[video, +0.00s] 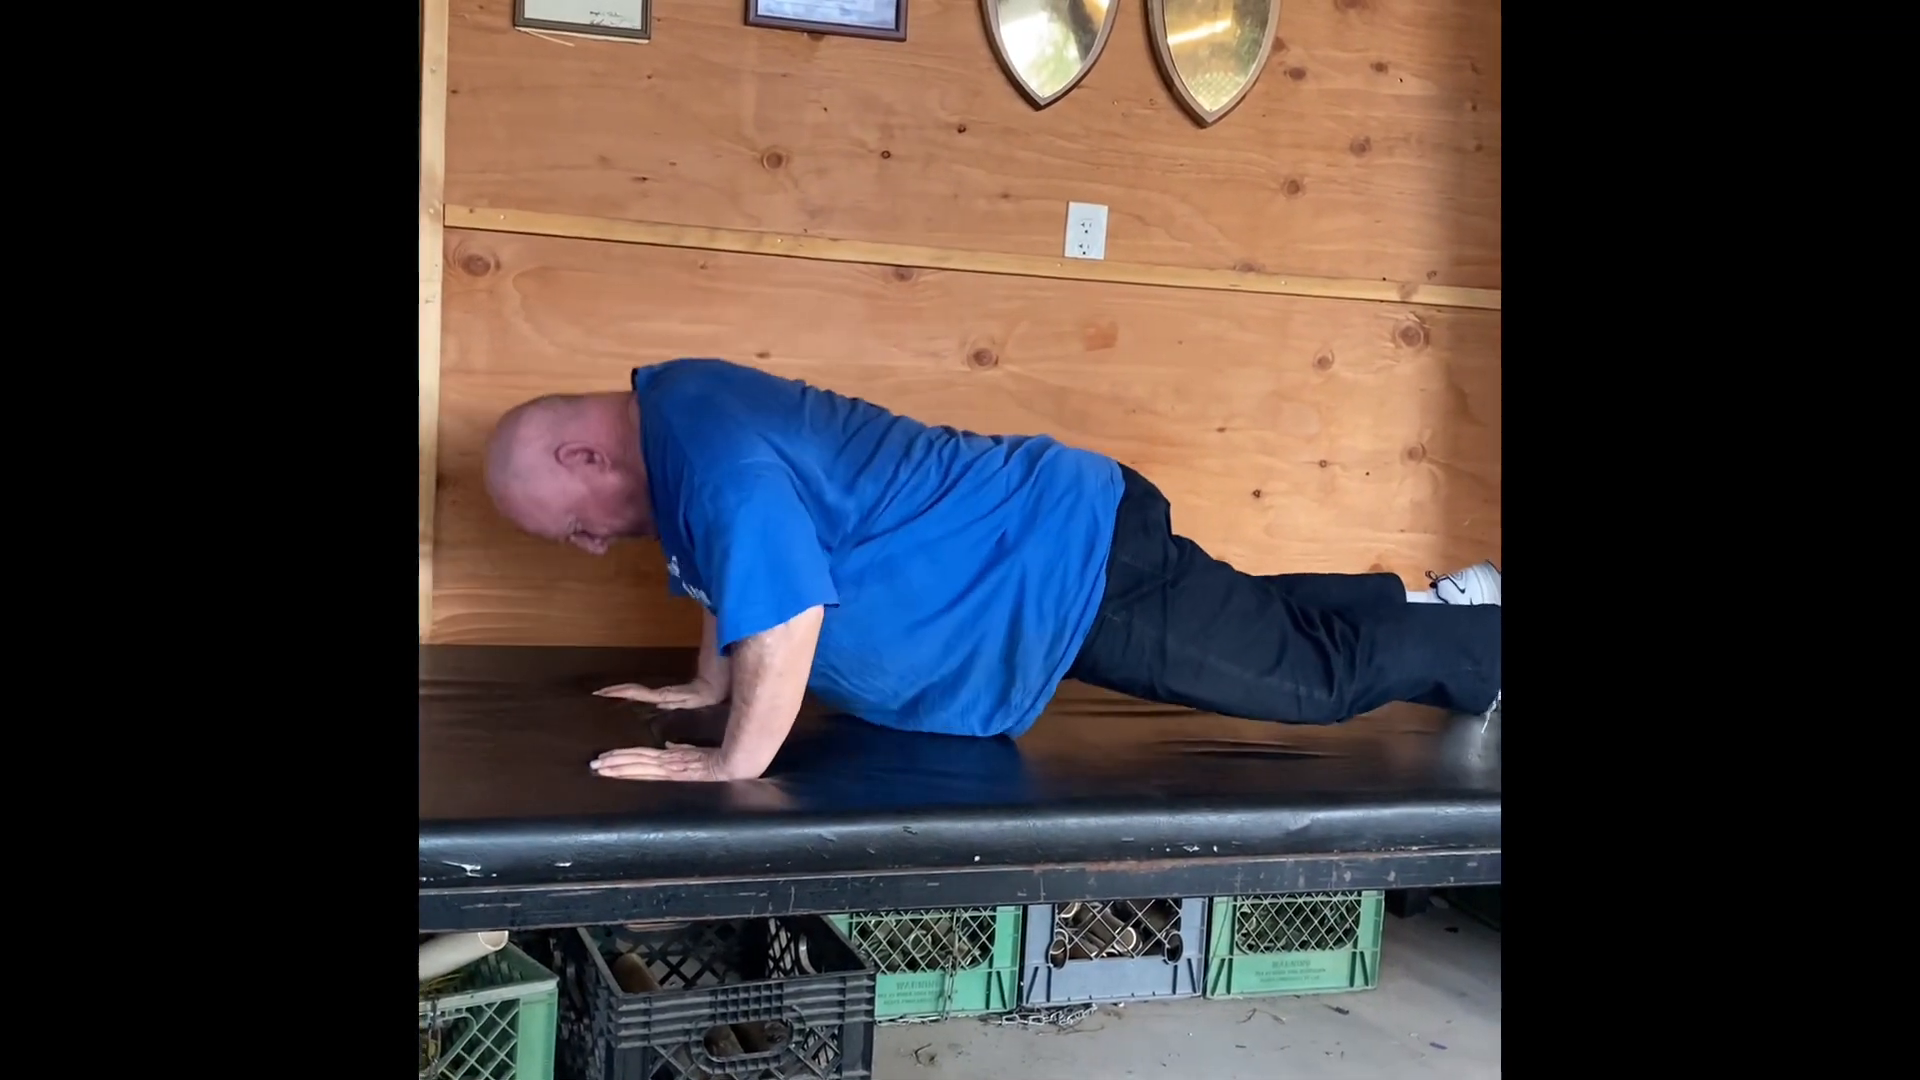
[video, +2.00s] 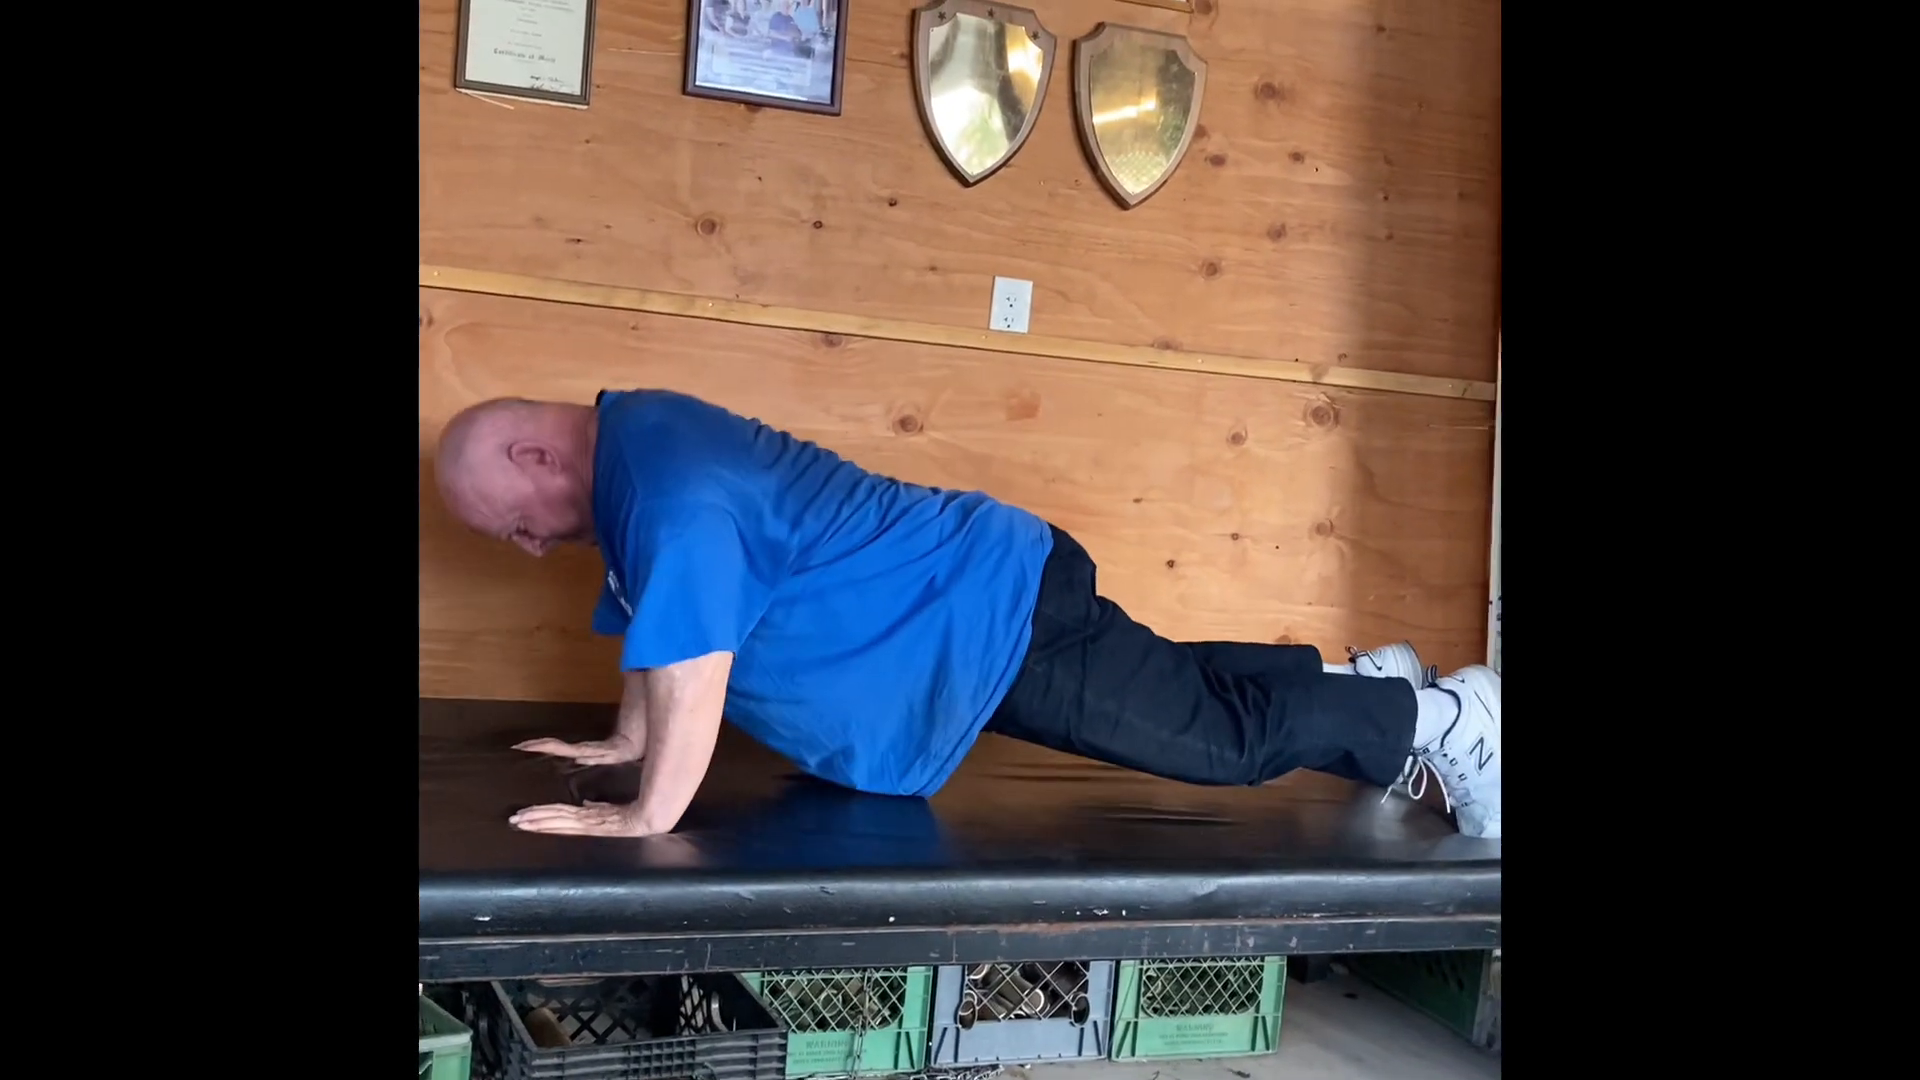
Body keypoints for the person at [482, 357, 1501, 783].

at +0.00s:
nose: (598, 541)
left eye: (575, 525)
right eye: (572, 531)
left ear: (581, 469)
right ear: (578, 441)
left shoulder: (710, 451)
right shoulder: (674, 431)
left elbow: (785, 605)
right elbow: (744, 591)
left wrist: (737, 759)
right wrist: (716, 708)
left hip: (1074, 568)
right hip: (1049, 567)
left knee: (1313, 674)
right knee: (1287, 628)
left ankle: (1485, 648)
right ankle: (1468, 606)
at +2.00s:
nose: (535, 536)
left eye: (519, 517)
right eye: (516, 525)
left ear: (537, 460)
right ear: (539, 442)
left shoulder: (664, 481)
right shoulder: (637, 458)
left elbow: (694, 667)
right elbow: (671, 648)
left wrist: (656, 815)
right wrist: (640, 757)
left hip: (996, 617)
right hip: (976, 607)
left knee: (1215, 736)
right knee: (1183, 695)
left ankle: (1438, 726)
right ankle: (1381, 694)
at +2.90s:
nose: (520, 559)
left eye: (506, 542)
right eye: (503, 548)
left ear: (519, 486)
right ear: (523, 466)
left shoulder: (653, 505)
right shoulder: (624, 484)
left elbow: (679, 704)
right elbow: (657, 673)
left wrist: (638, 850)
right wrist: (618, 782)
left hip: (980, 643)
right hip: (953, 647)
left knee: (1198, 765)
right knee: (1166, 731)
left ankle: (1428, 754)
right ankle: (1360, 728)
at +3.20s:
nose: (525, 615)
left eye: (506, 597)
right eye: (503, 604)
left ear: (515, 534)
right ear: (513, 519)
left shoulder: (643, 537)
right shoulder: (608, 524)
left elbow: (690, 712)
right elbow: (650, 692)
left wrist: (633, 853)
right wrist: (616, 802)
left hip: (979, 669)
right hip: (948, 674)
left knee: (1200, 787)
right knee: (1163, 745)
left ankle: (1423, 766)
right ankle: (1361, 734)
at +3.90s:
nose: (519, 610)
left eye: (505, 591)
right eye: (501, 600)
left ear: (518, 536)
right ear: (517, 537)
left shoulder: (641, 539)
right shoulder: (610, 538)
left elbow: (687, 730)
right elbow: (648, 711)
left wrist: (629, 873)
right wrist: (612, 820)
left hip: (969, 689)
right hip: (937, 707)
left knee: (1191, 804)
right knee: (1153, 775)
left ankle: (1421, 781)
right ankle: (1356, 752)